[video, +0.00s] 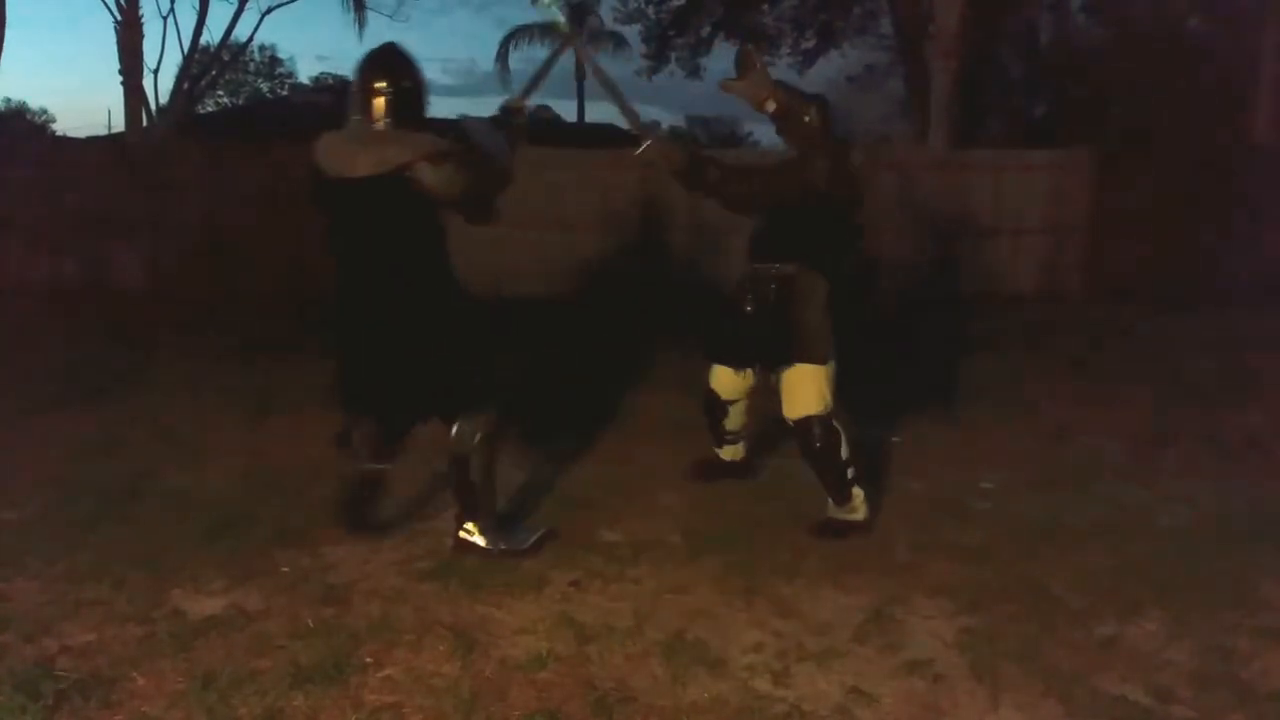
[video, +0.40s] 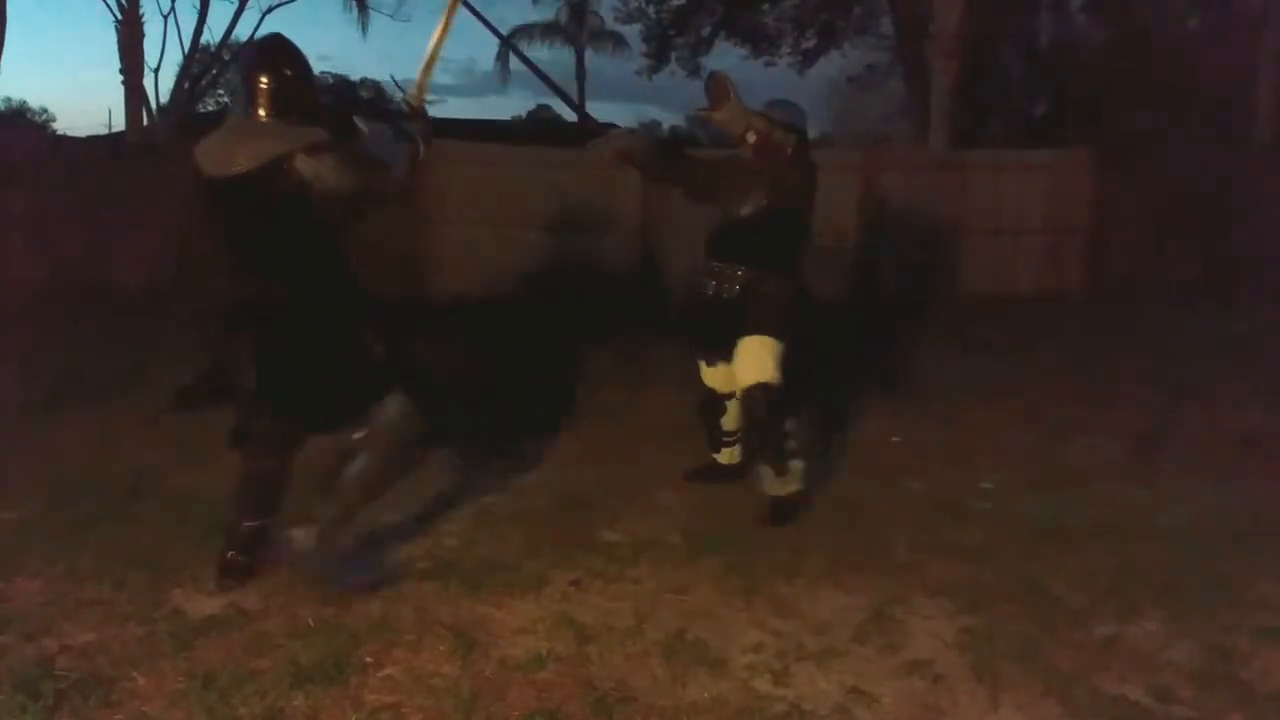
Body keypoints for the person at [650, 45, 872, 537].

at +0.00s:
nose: (788, 129)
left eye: (797, 121)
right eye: (786, 123)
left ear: (817, 124)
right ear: (789, 131)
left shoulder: (832, 169)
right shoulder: (786, 173)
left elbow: (809, 131)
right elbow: (730, 187)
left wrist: (768, 95)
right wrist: (676, 159)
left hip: (811, 288)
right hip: (763, 282)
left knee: (806, 406)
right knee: (726, 380)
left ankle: (849, 506)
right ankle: (731, 456)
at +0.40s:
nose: (759, 139)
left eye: (770, 132)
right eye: (759, 131)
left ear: (791, 140)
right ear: (754, 135)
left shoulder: (797, 176)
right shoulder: (735, 171)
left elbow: (779, 150)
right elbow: (692, 172)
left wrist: (742, 121)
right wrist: (642, 153)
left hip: (766, 292)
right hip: (721, 287)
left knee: (758, 385)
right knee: (718, 382)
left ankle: (784, 487)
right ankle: (729, 458)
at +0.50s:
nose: (743, 145)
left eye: (760, 138)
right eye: (741, 138)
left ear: (783, 140)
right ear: (736, 140)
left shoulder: (790, 179)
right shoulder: (726, 173)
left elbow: (791, 152)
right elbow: (682, 174)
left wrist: (748, 125)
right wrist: (636, 152)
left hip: (757, 292)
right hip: (712, 288)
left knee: (738, 390)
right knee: (712, 386)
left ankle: (736, 484)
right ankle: (721, 457)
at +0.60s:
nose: (732, 144)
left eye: (741, 137)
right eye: (729, 136)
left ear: (765, 138)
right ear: (729, 137)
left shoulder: (783, 182)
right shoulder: (720, 174)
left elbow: (797, 154)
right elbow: (673, 172)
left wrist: (753, 125)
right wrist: (631, 150)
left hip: (753, 292)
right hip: (709, 289)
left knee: (719, 390)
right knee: (706, 384)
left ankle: (720, 478)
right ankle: (718, 459)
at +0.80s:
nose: (728, 148)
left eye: (738, 142)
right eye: (727, 139)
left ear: (760, 145)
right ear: (722, 140)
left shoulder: (772, 189)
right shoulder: (707, 177)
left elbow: (797, 167)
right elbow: (658, 165)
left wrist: (758, 134)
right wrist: (617, 138)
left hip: (743, 294)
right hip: (704, 290)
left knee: (712, 395)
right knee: (696, 382)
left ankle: (721, 487)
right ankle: (715, 460)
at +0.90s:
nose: (723, 145)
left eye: (733, 137)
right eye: (721, 136)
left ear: (756, 139)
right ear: (718, 136)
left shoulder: (772, 182)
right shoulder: (705, 174)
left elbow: (797, 175)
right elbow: (654, 164)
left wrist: (765, 143)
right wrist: (613, 135)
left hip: (740, 289)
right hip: (694, 283)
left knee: (718, 393)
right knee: (688, 381)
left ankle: (722, 486)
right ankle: (712, 459)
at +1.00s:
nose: (715, 150)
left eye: (725, 142)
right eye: (711, 140)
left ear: (747, 144)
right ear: (704, 138)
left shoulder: (763, 186)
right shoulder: (687, 171)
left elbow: (796, 175)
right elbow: (646, 158)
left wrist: (758, 143)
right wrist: (613, 133)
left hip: (729, 288)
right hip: (677, 280)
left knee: (711, 399)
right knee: (663, 388)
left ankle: (719, 486)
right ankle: (698, 445)